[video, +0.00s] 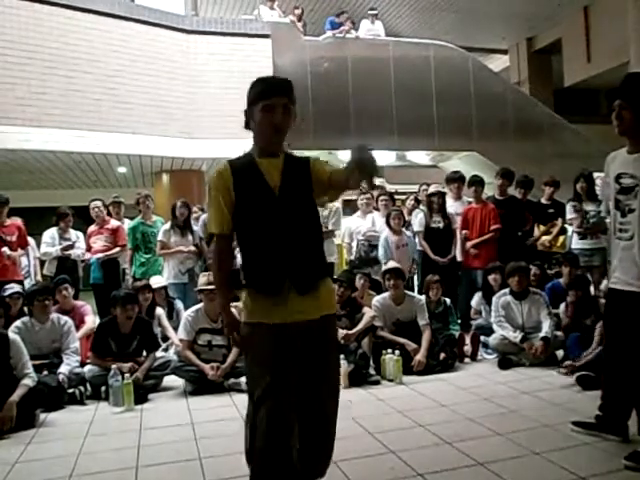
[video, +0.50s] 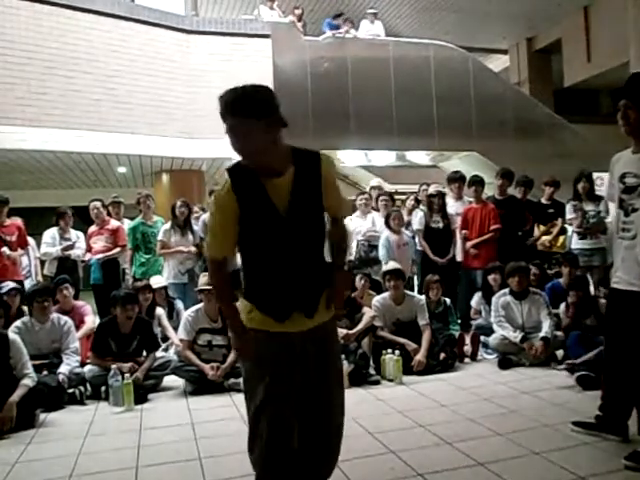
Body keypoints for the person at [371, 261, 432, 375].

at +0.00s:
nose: (393, 283)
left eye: (397, 279)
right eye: (388, 279)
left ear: (403, 281)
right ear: (384, 282)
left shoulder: (418, 300)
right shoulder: (378, 302)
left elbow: (426, 329)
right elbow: (378, 330)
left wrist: (422, 354)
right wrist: (405, 342)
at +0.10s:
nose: (393, 282)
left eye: (396, 278)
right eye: (388, 279)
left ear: (403, 281)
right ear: (384, 282)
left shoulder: (418, 301)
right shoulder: (378, 302)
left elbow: (426, 329)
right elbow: (378, 330)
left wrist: (422, 354)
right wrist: (405, 343)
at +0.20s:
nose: (392, 282)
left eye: (396, 278)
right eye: (388, 279)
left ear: (404, 281)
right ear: (384, 282)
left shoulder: (418, 300)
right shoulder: (378, 302)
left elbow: (426, 329)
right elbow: (378, 330)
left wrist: (422, 354)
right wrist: (405, 342)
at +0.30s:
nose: (393, 283)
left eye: (397, 279)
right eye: (389, 280)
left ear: (404, 281)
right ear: (385, 283)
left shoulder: (418, 300)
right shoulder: (378, 302)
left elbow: (426, 329)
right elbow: (378, 330)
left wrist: (422, 354)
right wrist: (405, 342)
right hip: (390, 336)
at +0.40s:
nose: (393, 284)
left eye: (397, 280)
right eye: (389, 280)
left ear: (403, 282)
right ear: (385, 284)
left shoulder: (418, 300)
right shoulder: (378, 302)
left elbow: (426, 329)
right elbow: (379, 331)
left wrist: (422, 354)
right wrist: (405, 343)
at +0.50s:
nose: (393, 284)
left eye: (397, 279)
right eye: (389, 280)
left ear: (403, 281)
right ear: (385, 283)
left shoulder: (418, 300)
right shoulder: (378, 302)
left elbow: (426, 329)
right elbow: (378, 331)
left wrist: (422, 354)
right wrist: (405, 343)